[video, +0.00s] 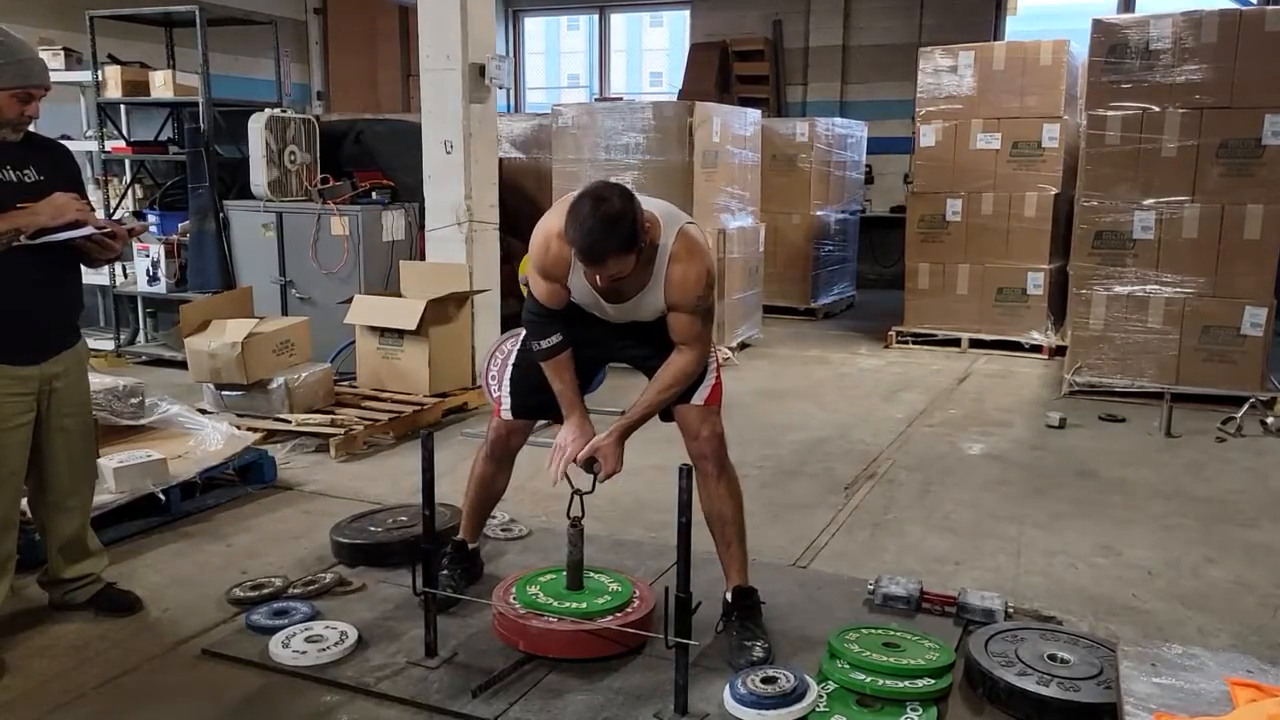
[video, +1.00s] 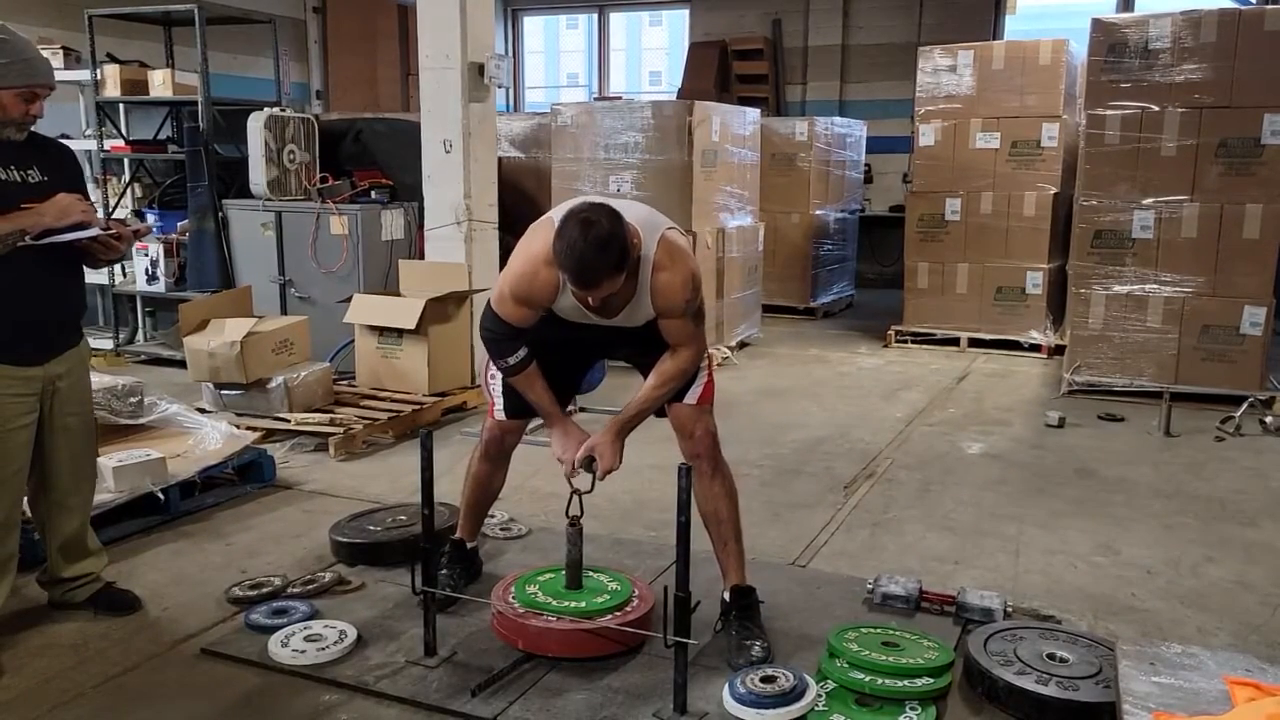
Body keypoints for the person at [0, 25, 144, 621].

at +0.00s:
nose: (33, 109)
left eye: (39, 97)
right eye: (22, 97)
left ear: (44, 92)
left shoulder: (55, 157)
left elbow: (84, 242)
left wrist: (106, 248)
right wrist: (33, 216)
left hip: (62, 345)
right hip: (4, 354)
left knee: (70, 472)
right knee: (5, 489)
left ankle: (75, 579)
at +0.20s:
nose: (33, 108)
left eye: (40, 96)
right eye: (23, 96)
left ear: (44, 92)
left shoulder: (56, 157)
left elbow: (83, 245)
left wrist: (106, 249)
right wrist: (35, 216)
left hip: (63, 346)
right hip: (4, 354)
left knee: (70, 473)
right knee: (5, 489)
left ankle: (75, 581)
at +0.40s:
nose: (35, 107)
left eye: (41, 96)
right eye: (24, 96)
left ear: (44, 92)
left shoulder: (56, 156)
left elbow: (84, 245)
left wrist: (107, 249)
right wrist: (37, 216)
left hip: (64, 346)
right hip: (5, 355)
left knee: (70, 473)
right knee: (6, 490)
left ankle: (75, 580)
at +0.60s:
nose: (36, 107)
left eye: (42, 95)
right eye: (25, 95)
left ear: (45, 91)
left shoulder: (57, 156)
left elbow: (84, 246)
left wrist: (107, 249)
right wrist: (38, 216)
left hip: (64, 346)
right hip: (5, 354)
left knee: (70, 473)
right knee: (7, 489)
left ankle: (75, 580)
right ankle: (1, 599)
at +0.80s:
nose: (36, 108)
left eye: (42, 96)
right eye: (25, 96)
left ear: (46, 91)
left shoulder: (57, 157)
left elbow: (82, 248)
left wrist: (107, 249)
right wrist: (37, 216)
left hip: (64, 347)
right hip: (5, 356)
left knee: (70, 474)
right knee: (5, 491)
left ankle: (75, 581)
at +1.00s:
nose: (37, 108)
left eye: (43, 96)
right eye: (26, 96)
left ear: (46, 92)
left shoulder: (58, 157)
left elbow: (80, 247)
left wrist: (107, 250)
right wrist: (39, 217)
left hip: (65, 347)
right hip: (6, 356)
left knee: (71, 474)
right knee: (6, 491)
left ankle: (74, 581)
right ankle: (0, 599)